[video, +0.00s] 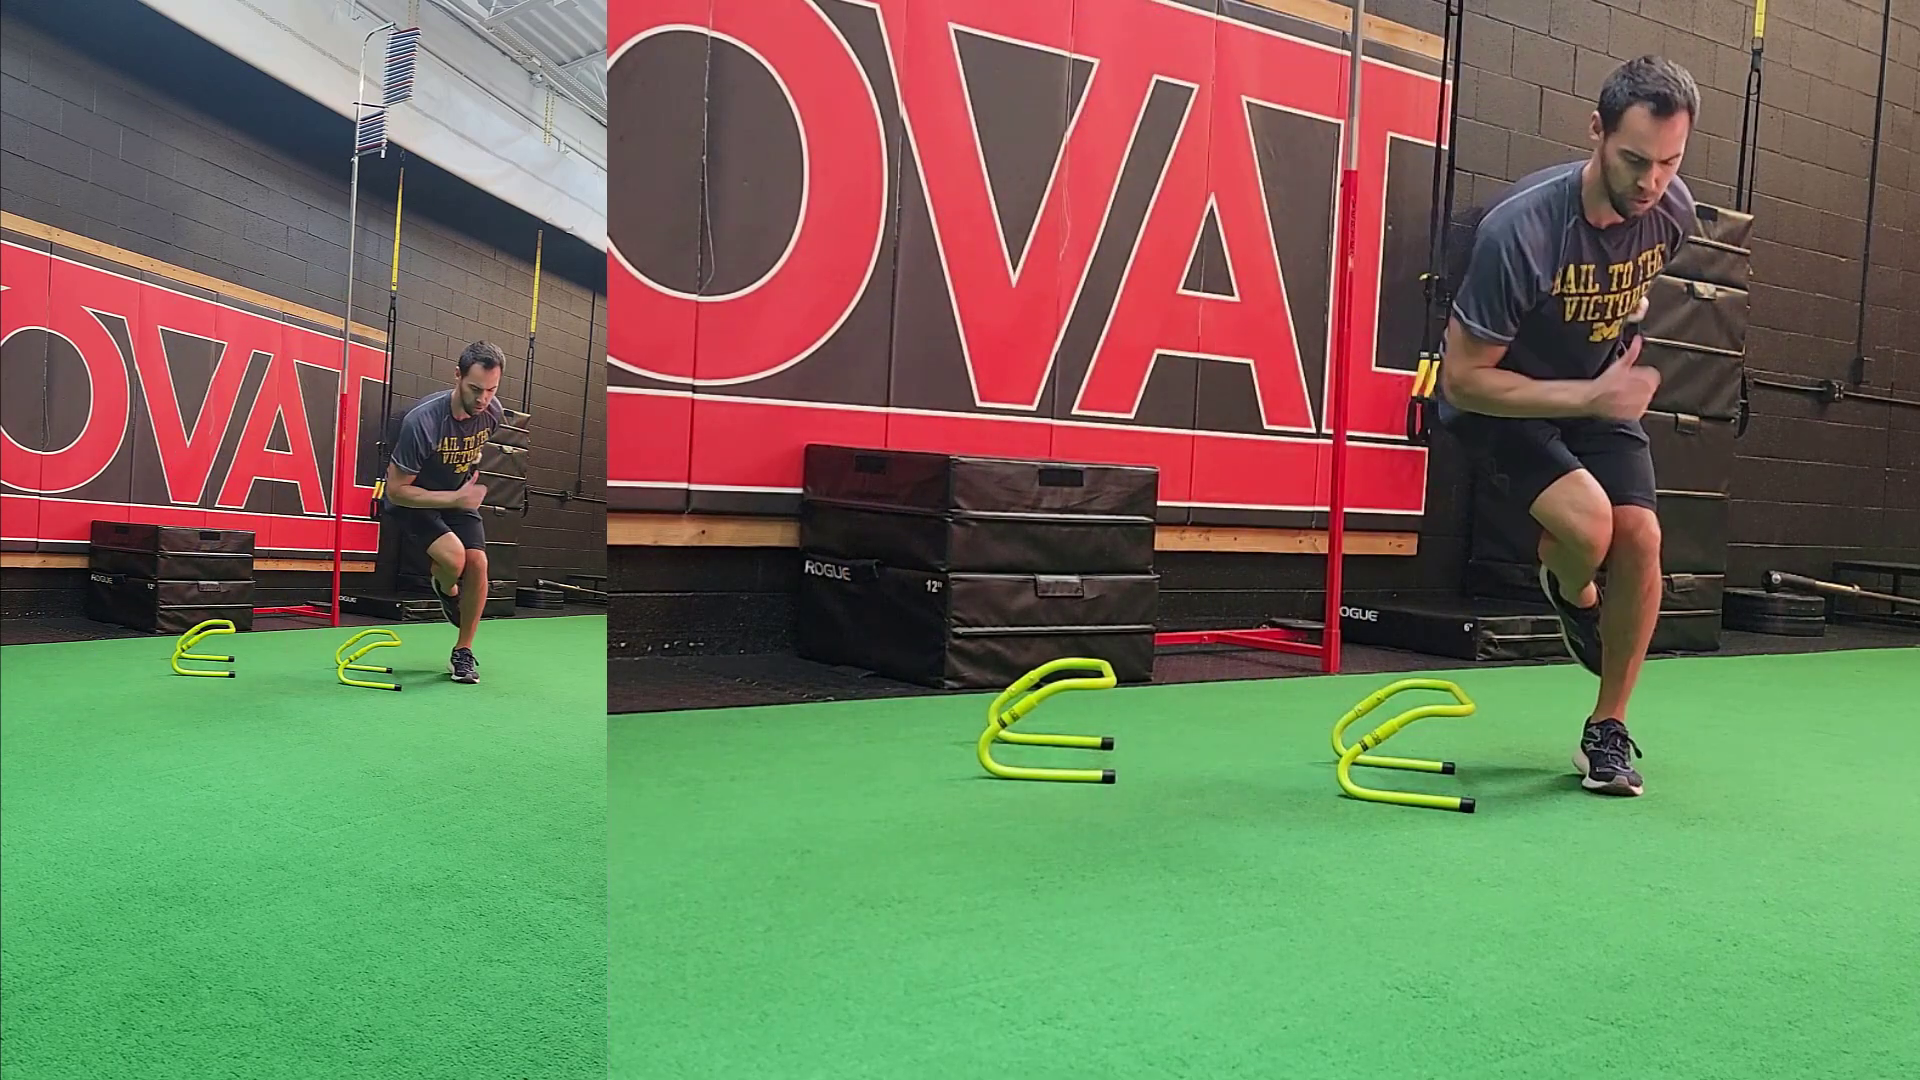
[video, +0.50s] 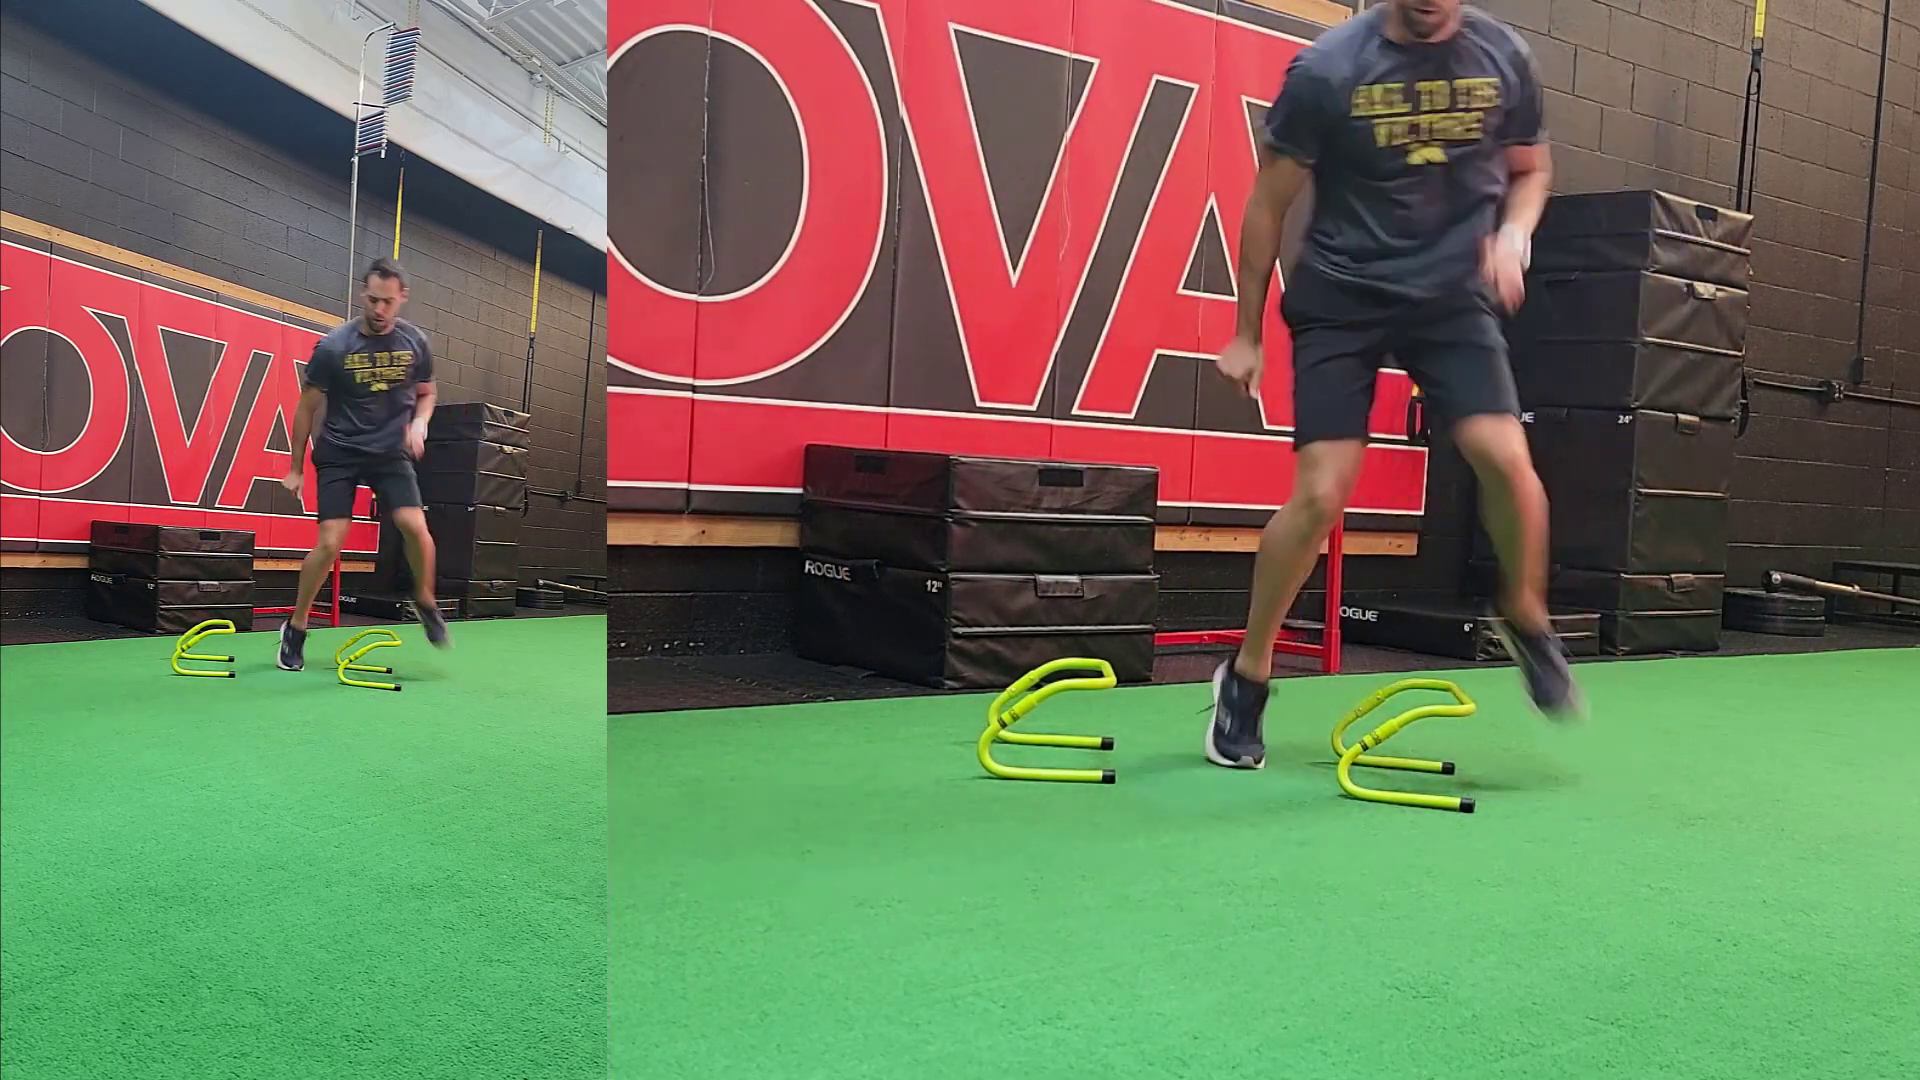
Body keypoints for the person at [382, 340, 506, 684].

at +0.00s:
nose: (483, 399)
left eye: (491, 391)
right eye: (476, 389)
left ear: (498, 385)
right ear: (457, 378)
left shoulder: (492, 413)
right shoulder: (421, 421)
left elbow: (468, 446)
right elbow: (396, 491)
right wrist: (456, 498)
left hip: (456, 497)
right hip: (412, 499)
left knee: (478, 563)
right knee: (454, 557)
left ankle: (464, 651)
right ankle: (445, 589)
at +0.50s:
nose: (379, 310)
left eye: (388, 301)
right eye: (373, 299)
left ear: (402, 300)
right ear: (361, 295)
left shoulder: (415, 342)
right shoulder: (333, 347)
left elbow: (426, 393)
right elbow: (307, 407)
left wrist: (418, 424)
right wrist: (295, 468)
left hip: (391, 452)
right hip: (339, 452)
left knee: (415, 526)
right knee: (330, 544)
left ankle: (425, 601)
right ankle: (296, 627)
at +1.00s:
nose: (239, 314)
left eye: (247, 305)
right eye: (233, 303)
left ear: (264, 299)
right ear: (224, 296)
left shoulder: (284, 344)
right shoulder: (201, 336)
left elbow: (312, 400)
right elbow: (185, 383)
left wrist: (307, 456)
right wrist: (190, 414)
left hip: (261, 444)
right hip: (212, 438)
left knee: (262, 522)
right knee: (177, 516)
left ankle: (286, 610)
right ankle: (140, 600)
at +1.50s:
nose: (147, 375)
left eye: (155, 367)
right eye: (140, 365)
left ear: (174, 355)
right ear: (131, 355)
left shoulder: (202, 397)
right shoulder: (122, 385)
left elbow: (205, 470)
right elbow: (116, 428)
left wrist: (153, 452)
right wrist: (112, 467)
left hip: (189, 482)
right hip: (141, 475)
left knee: (162, 543)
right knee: (122, 543)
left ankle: (141, 575)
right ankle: (110, 636)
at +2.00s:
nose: (286, 314)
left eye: (292, 305)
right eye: (277, 306)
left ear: (301, 301)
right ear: (261, 300)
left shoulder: (319, 348)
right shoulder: (237, 344)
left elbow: (330, 407)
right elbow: (207, 394)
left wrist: (312, 436)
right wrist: (188, 443)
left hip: (293, 452)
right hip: (246, 444)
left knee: (285, 551)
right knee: (240, 500)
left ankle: (280, 635)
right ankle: (227, 543)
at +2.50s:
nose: (436, 352)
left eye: (443, 342)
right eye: (428, 343)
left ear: (448, 336)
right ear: (408, 334)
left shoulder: (454, 370)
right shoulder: (378, 380)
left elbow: (461, 418)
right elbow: (357, 447)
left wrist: (466, 472)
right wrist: (396, 473)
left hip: (437, 474)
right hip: (388, 474)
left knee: (452, 553)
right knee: (403, 536)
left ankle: (474, 647)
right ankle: (382, 552)